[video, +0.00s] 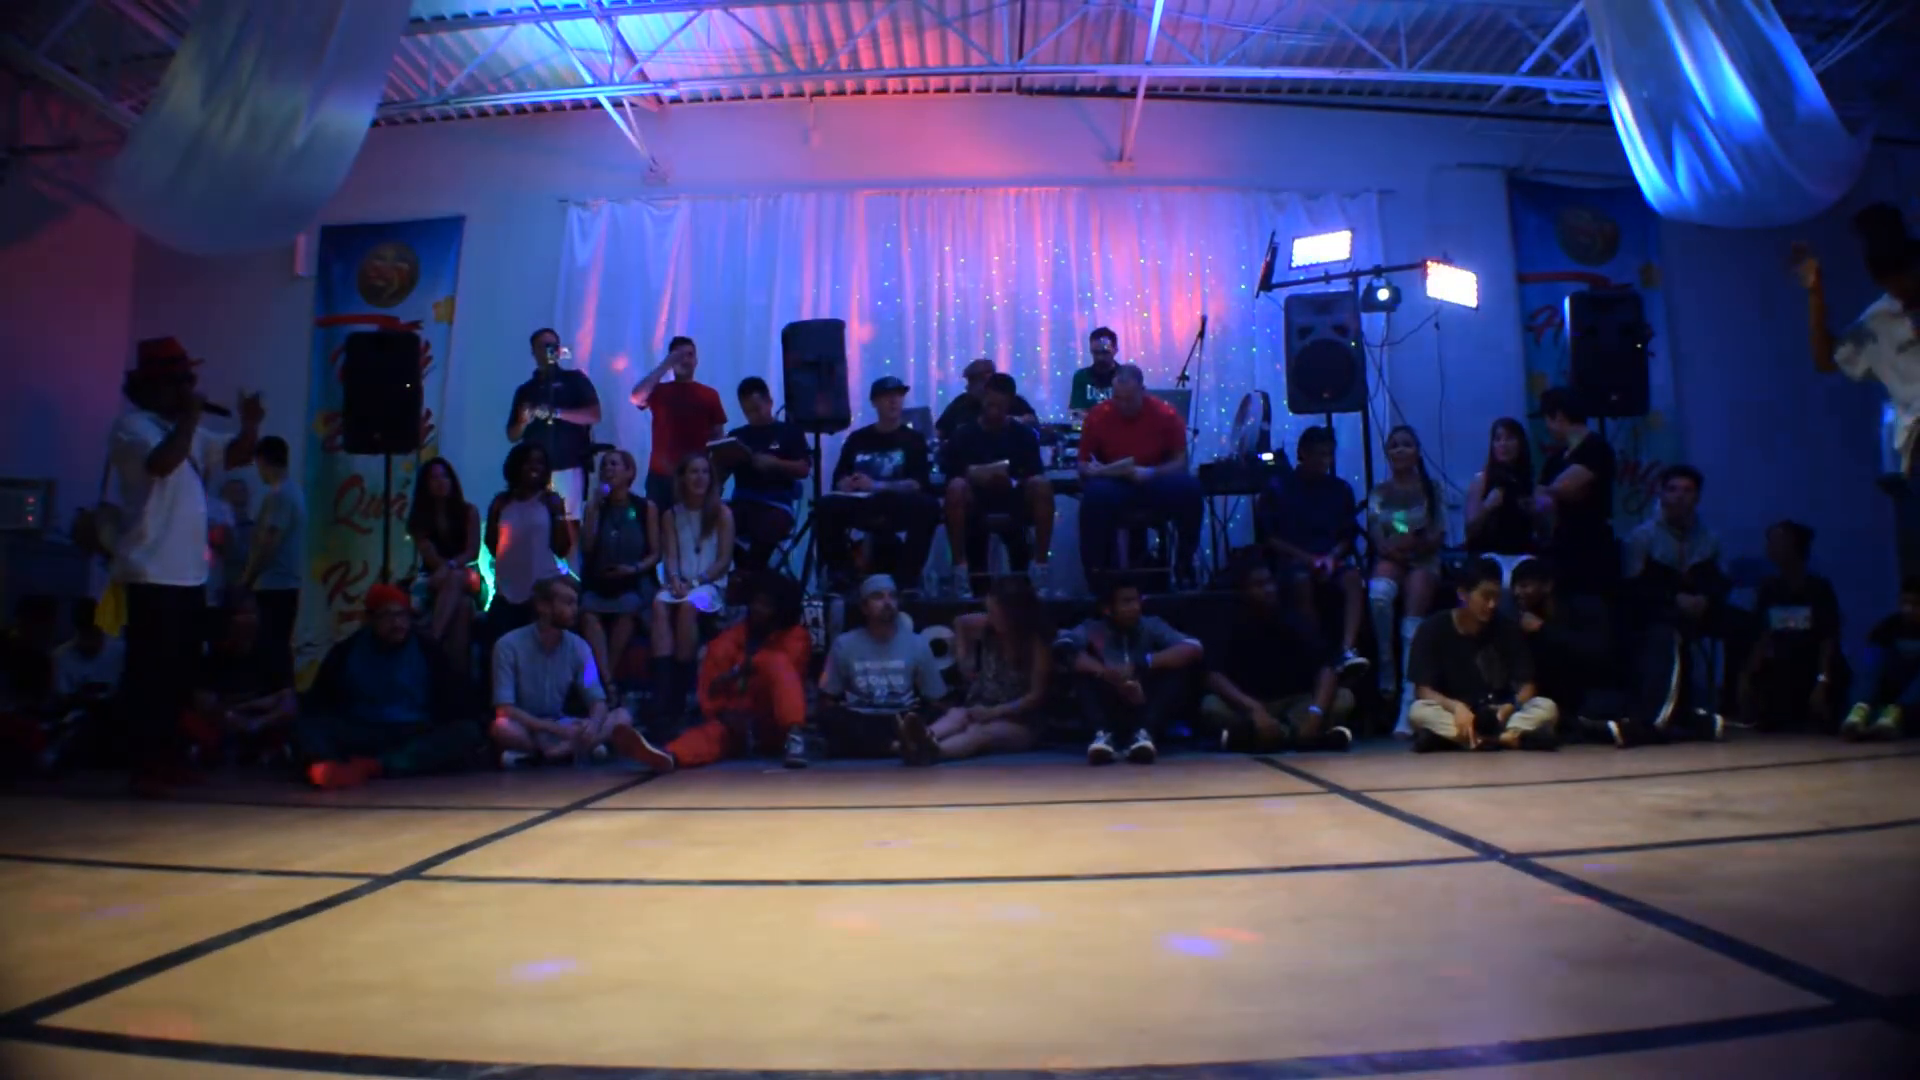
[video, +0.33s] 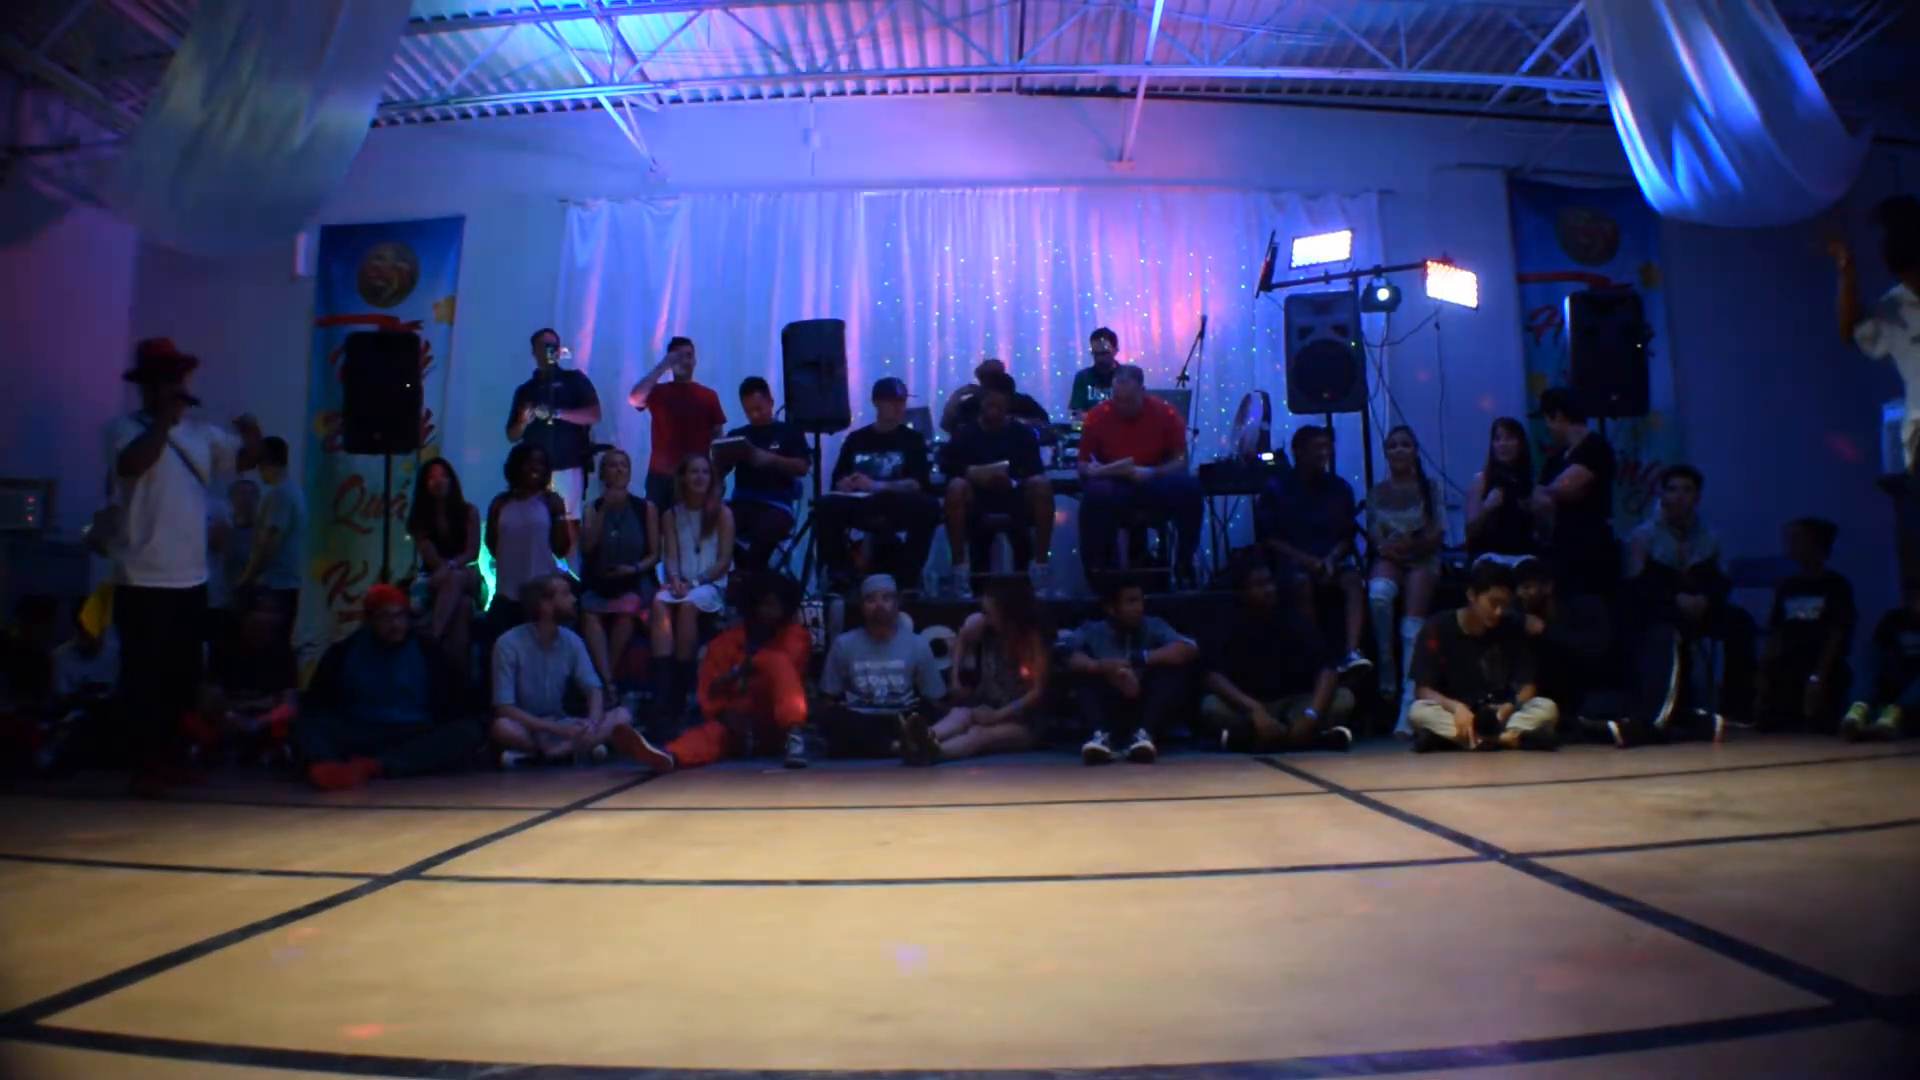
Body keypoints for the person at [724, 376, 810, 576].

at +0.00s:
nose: (754, 414)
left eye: (757, 407)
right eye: (748, 410)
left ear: (769, 403)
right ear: (742, 409)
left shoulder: (790, 432)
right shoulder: (737, 435)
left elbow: (803, 468)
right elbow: (719, 478)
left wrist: (773, 463)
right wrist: (723, 459)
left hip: (777, 502)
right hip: (743, 501)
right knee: (721, 524)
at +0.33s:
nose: (755, 415)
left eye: (759, 408)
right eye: (749, 410)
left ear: (771, 403)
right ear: (744, 409)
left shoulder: (790, 432)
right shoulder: (737, 435)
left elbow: (802, 466)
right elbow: (720, 470)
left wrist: (769, 459)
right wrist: (729, 454)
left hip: (776, 501)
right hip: (743, 499)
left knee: (767, 531)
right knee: (721, 525)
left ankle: (754, 575)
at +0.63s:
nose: (756, 415)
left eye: (760, 408)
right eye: (750, 410)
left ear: (772, 404)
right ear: (744, 408)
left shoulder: (790, 433)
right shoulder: (737, 435)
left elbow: (802, 467)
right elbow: (718, 472)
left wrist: (770, 458)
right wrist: (729, 456)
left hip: (777, 502)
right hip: (743, 500)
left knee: (764, 536)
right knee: (722, 529)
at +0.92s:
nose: (755, 416)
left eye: (760, 409)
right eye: (750, 410)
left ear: (772, 403)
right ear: (744, 407)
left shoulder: (789, 433)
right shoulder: (736, 435)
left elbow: (802, 468)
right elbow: (719, 472)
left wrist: (772, 459)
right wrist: (739, 456)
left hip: (776, 501)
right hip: (742, 500)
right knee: (721, 529)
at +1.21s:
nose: (758, 414)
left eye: (762, 408)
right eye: (752, 408)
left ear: (774, 405)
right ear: (746, 407)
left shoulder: (790, 434)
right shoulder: (737, 436)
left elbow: (803, 469)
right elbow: (719, 475)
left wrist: (772, 460)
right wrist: (739, 457)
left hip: (778, 503)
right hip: (744, 501)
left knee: (765, 533)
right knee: (722, 521)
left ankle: (754, 577)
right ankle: (745, 571)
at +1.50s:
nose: (757, 415)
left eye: (763, 409)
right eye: (752, 409)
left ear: (774, 405)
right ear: (746, 407)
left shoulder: (790, 433)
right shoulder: (736, 435)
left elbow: (804, 468)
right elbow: (718, 474)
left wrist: (773, 460)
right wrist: (741, 459)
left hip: (778, 502)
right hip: (743, 501)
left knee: (763, 535)